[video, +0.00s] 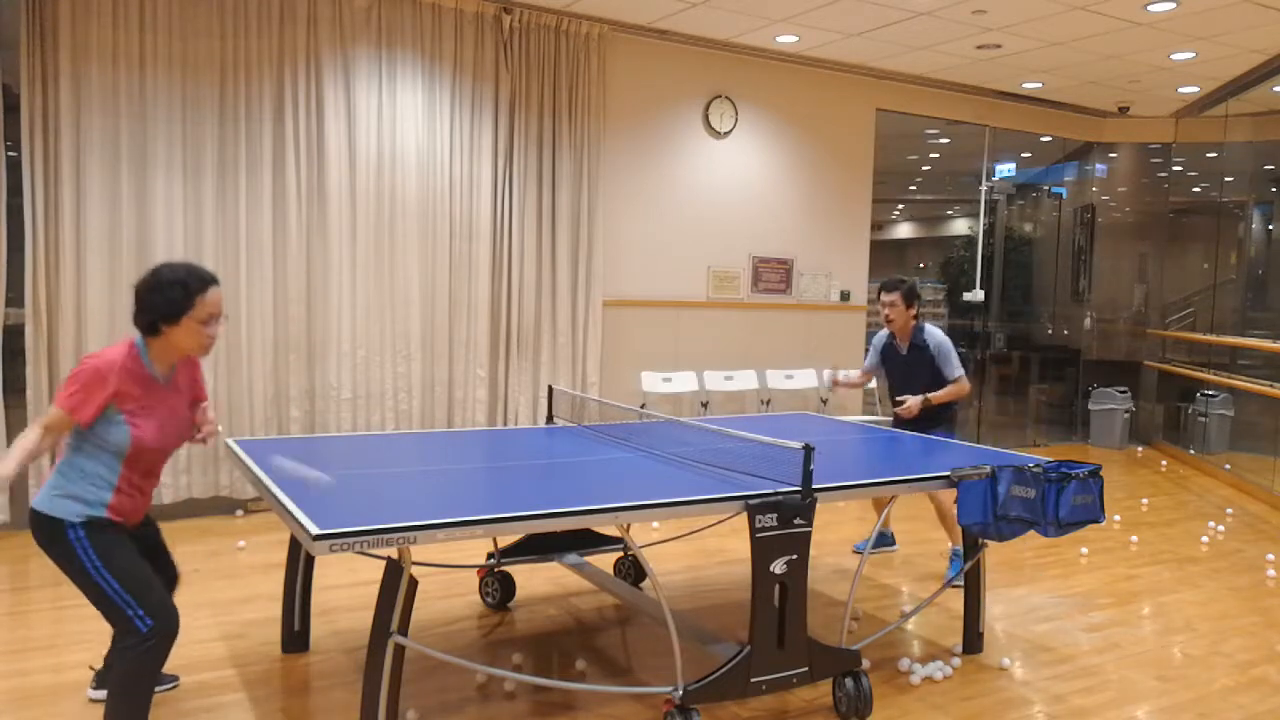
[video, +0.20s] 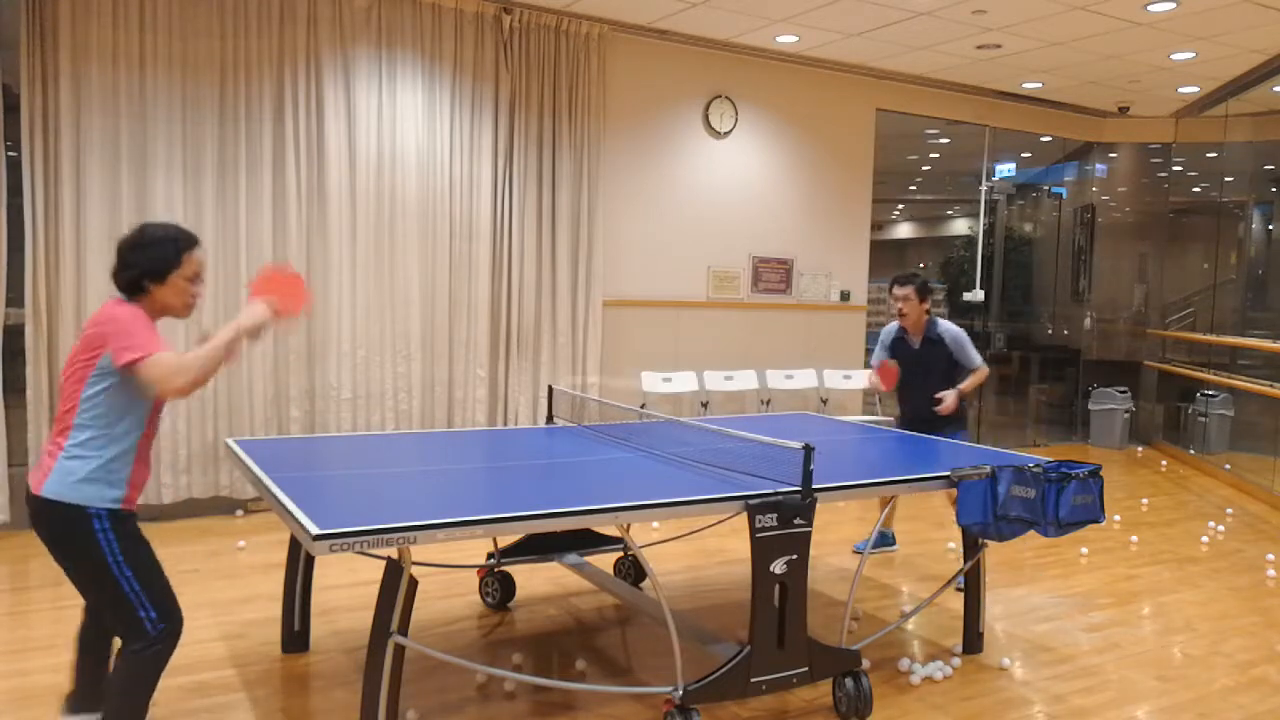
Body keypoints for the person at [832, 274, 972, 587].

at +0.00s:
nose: (885, 312)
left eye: (892, 306)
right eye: (882, 306)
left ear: (912, 310)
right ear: (879, 308)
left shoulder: (936, 340)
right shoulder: (882, 340)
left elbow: (962, 386)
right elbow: (865, 376)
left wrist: (924, 400)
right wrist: (839, 380)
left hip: (937, 427)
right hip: (901, 425)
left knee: (937, 488)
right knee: (876, 473)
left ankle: (959, 551)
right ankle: (884, 532)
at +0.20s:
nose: (899, 306)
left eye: (906, 300)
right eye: (895, 300)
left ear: (925, 303)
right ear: (892, 303)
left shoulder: (949, 333)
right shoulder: (890, 333)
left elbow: (982, 370)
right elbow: (876, 371)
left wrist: (957, 392)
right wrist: (876, 380)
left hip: (948, 424)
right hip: (909, 422)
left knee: (954, 487)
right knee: (887, 473)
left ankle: (972, 550)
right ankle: (884, 531)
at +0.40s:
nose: (925, 320)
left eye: (932, 313)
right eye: (920, 313)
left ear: (950, 308)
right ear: (915, 308)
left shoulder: (976, 331)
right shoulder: (908, 334)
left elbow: (999, 365)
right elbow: (892, 381)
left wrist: (994, 385)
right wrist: (914, 387)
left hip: (967, 423)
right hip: (924, 422)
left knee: (970, 487)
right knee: (899, 469)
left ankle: (972, 560)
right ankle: (890, 529)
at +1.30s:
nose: (902, 306)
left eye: (909, 299)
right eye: (899, 300)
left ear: (931, 301)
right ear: (898, 303)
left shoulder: (955, 333)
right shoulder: (908, 335)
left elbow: (987, 378)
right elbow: (917, 375)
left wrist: (946, 390)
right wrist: (897, 401)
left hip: (964, 426)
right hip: (931, 423)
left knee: (961, 490)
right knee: (906, 472)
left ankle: (978, 565)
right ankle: (910, 540)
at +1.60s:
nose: (881, 324)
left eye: (884, 317)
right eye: (880, 318)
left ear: (904, 314)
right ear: (904, 315)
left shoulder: (933, 339)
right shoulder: (922, 341)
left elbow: (974, 380)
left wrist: (930, 401)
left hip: (964, 435)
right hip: (941, 432)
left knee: (951, 500)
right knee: (909, 478)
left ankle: (981, 569)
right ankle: (910, 541)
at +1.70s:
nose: (881, 316)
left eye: (885, 309)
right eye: (881, 309)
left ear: (905, 309)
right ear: (904, 310)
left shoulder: (940, 333)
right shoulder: (905, 341)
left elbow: (980, 373)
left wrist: (936, 388)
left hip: (965, 426)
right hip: (934, 424)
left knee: (957, 495)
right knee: (907, 476)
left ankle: (980, 568)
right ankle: (910, 541)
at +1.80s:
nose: (887, 305)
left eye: (892, 298)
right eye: (886, 298)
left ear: (914, 299)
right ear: (905, 301)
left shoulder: (949, 326)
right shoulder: (895, 331)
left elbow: (985, 368)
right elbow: (865, 362)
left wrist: (948, 374)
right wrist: (836, 347)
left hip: (959, 425)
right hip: (924, 422)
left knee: (959, 489)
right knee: (900, 475)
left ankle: (976, 566)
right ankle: (908, 541)